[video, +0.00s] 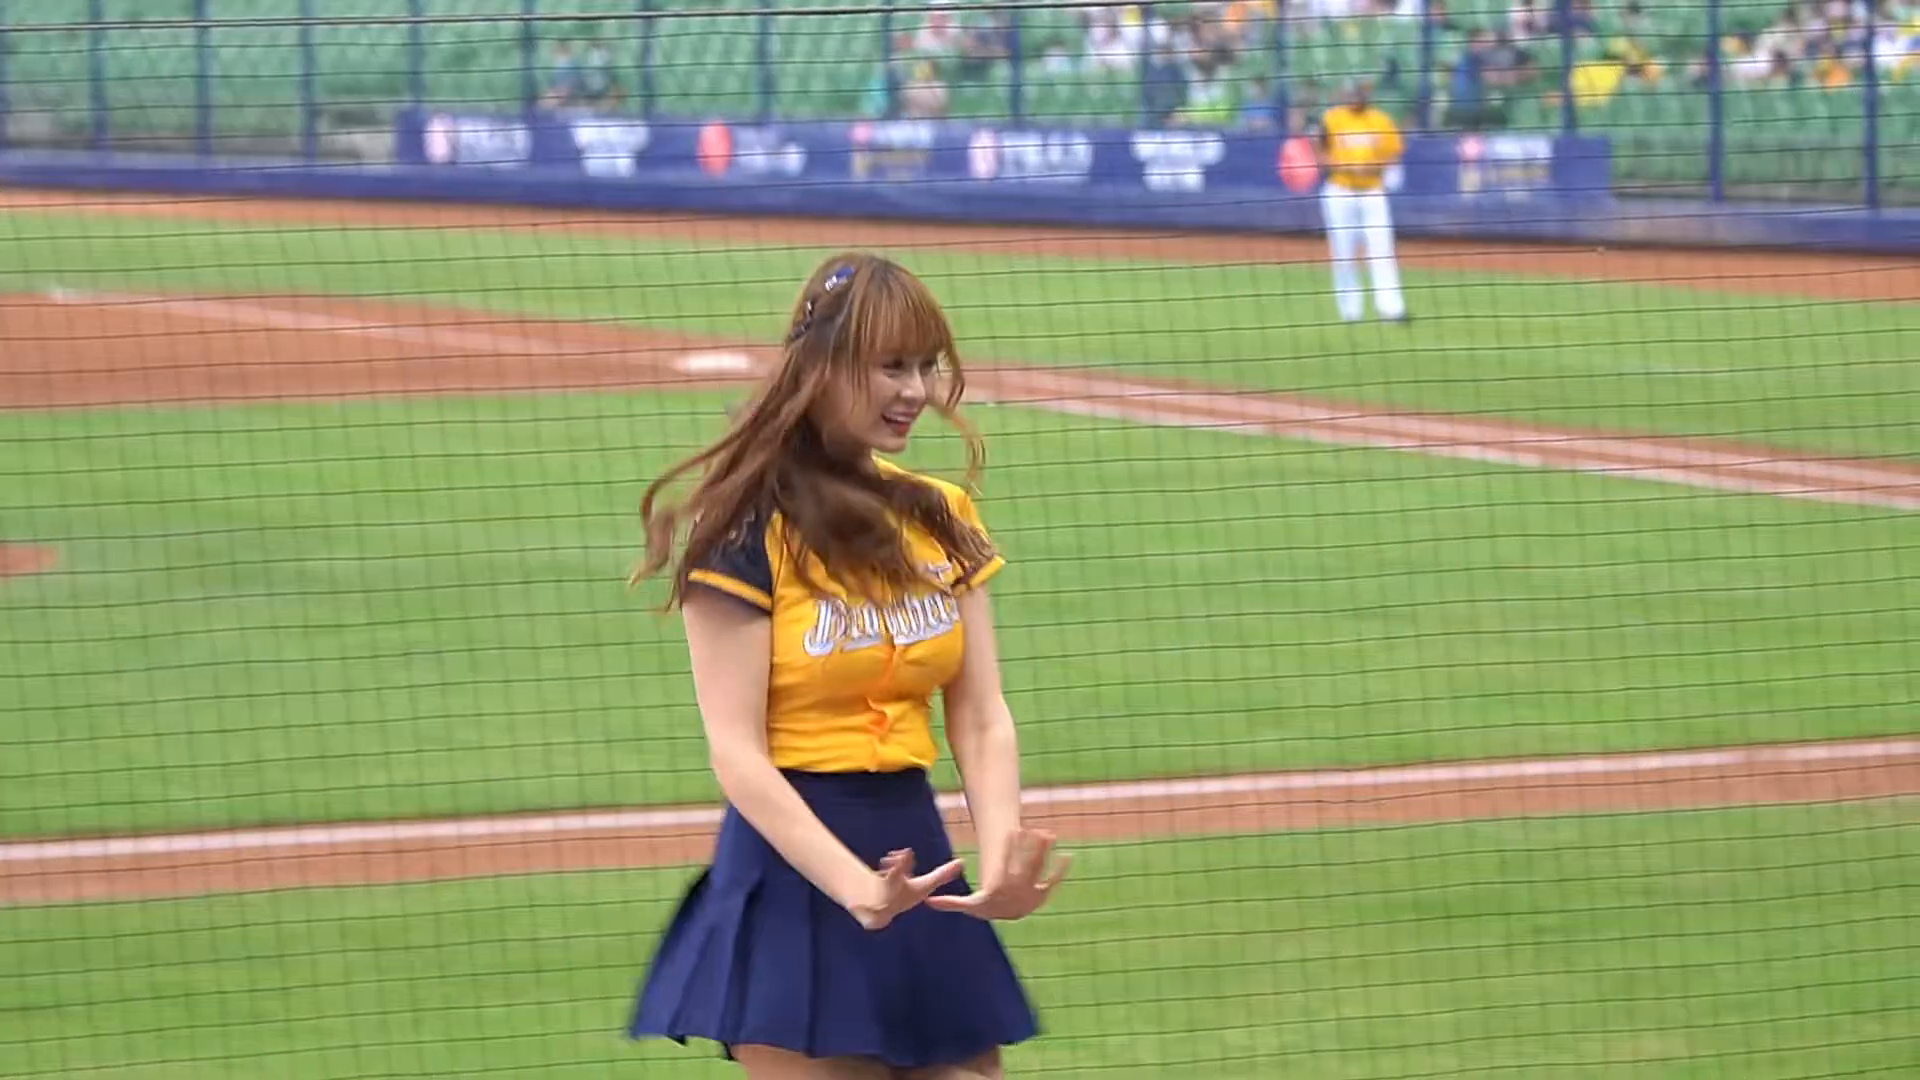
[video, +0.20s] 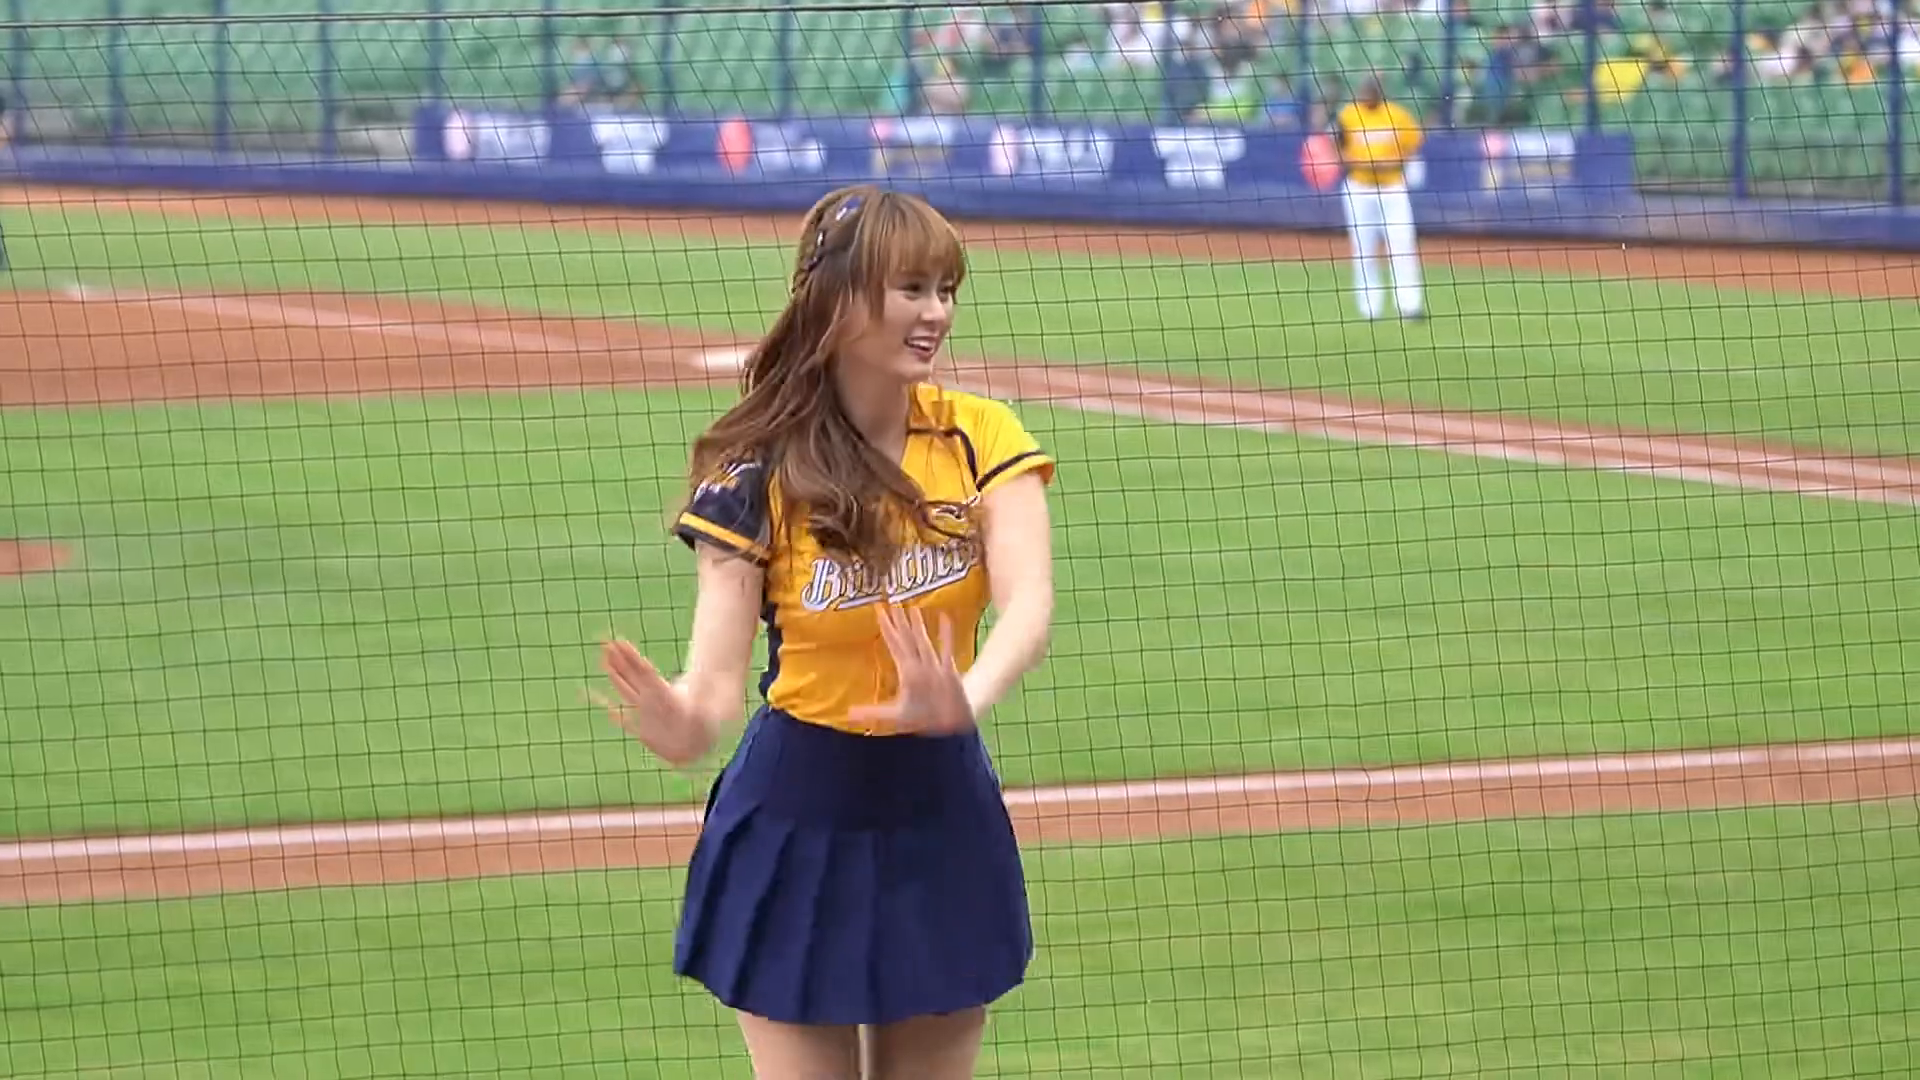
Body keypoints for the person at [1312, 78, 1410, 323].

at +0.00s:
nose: (1357, 99)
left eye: (1361, 94)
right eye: (1353, 94)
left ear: (1367, 95)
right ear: (1344, 95)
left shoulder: (1380, 120)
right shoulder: (1331, 119)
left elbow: (1395, 150)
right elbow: (1318, 150)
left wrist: (1372, 165)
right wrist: (1341, 165)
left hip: (1372, 192)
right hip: (1339, 192)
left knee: (1381, 248)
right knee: (1343, 251)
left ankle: (1391, 306)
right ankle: (1350, 308)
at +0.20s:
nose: (1369, 100)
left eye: (1373, 95)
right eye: (1365, 95)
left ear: (1381, 94)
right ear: (1358, 95)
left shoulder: (1397, 114)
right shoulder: (1348, 115)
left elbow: (1415, 144)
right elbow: (1334, 144)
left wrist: (1389, 161)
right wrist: (1354, 161)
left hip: (1393, 188)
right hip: (1359, 189)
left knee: (1402, 244)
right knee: (1363, 248)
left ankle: (1410, 304)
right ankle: (1370, 306)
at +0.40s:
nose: (1369, 89)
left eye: (1372, 84)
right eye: (1365, 84)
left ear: (1381, 84)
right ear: (1358, 86)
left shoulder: (1398, 107)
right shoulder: (1348, 110)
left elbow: (1417, 136)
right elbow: (1335, 139)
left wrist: (1395, 156)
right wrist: (1351, 158)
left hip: (1395, 180)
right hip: (1360, 182)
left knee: (1403, 238)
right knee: (1364, 241)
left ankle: (1402, 294)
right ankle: (1371, 298)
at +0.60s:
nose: (1371, 80)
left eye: (1375, 75)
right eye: (1367, 75)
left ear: (1383, 76)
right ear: (1361, 78)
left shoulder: (1401, 101)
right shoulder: (1351, 104)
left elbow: (1419, 131)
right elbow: (1340, 134)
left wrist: (1398, 156)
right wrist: (1360, 156)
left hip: (1398, 175)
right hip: (1363, 176)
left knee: (1402, 233)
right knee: (1368, 235)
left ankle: (1394, 283)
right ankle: (1373, 292)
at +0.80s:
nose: (1380, 73)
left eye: (1383, 67)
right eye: (1375, 68)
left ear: (1390, 69)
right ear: (1368, 71)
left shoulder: (1408, 94)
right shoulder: (1358, 97)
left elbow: (1425, 123)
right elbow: (1348, 129)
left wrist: (1406, 146)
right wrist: (1369, 150)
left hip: (1401, 168)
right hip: (1369, 169)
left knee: (1399, 228)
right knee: (1375, 228)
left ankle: (1396, 283)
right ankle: (1376, 286)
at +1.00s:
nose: (1389, 66)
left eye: (1393, 60)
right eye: (1385, 60)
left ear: (1400, 63)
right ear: (1378, 63)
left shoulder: (1417, 90)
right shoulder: (1368, 88)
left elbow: (1430, 127)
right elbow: (1356, 124)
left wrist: (1422, 152)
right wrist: (1377, 146)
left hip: (1407, 167)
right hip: (1374, 165)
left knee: (1402, 223)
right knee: (1379, 222)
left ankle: (1399, 277)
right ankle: (1381, 280)